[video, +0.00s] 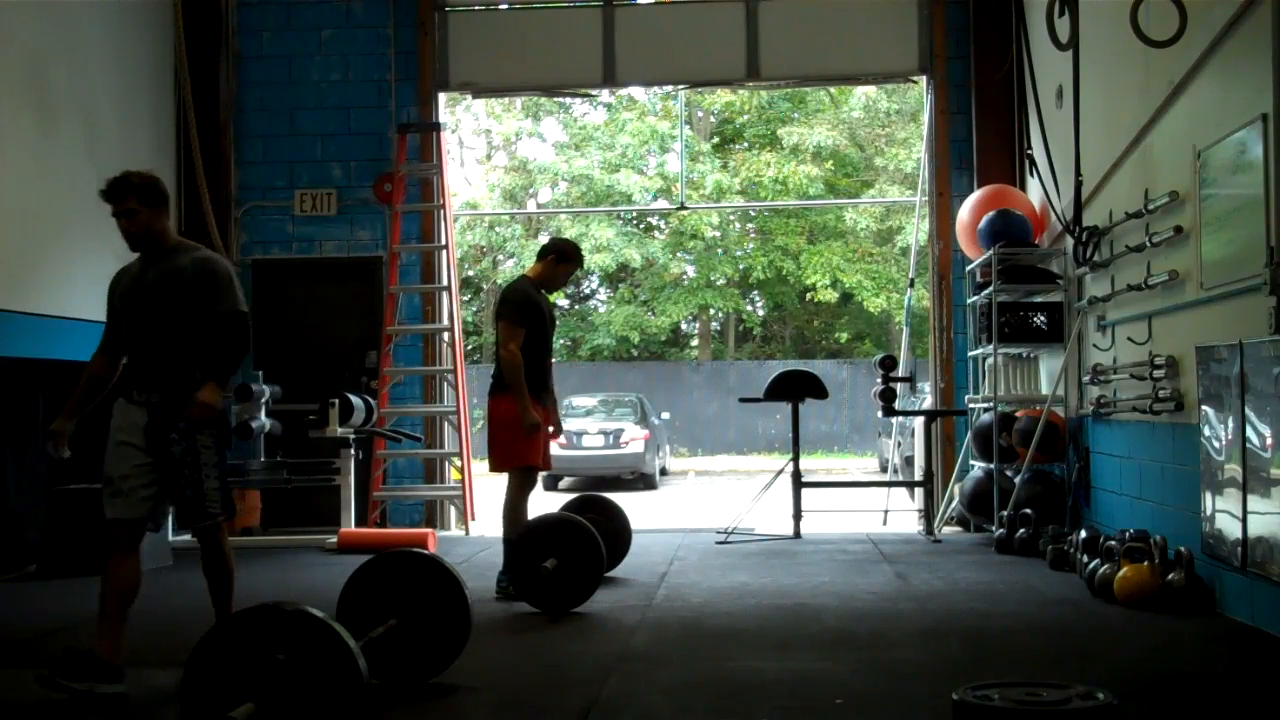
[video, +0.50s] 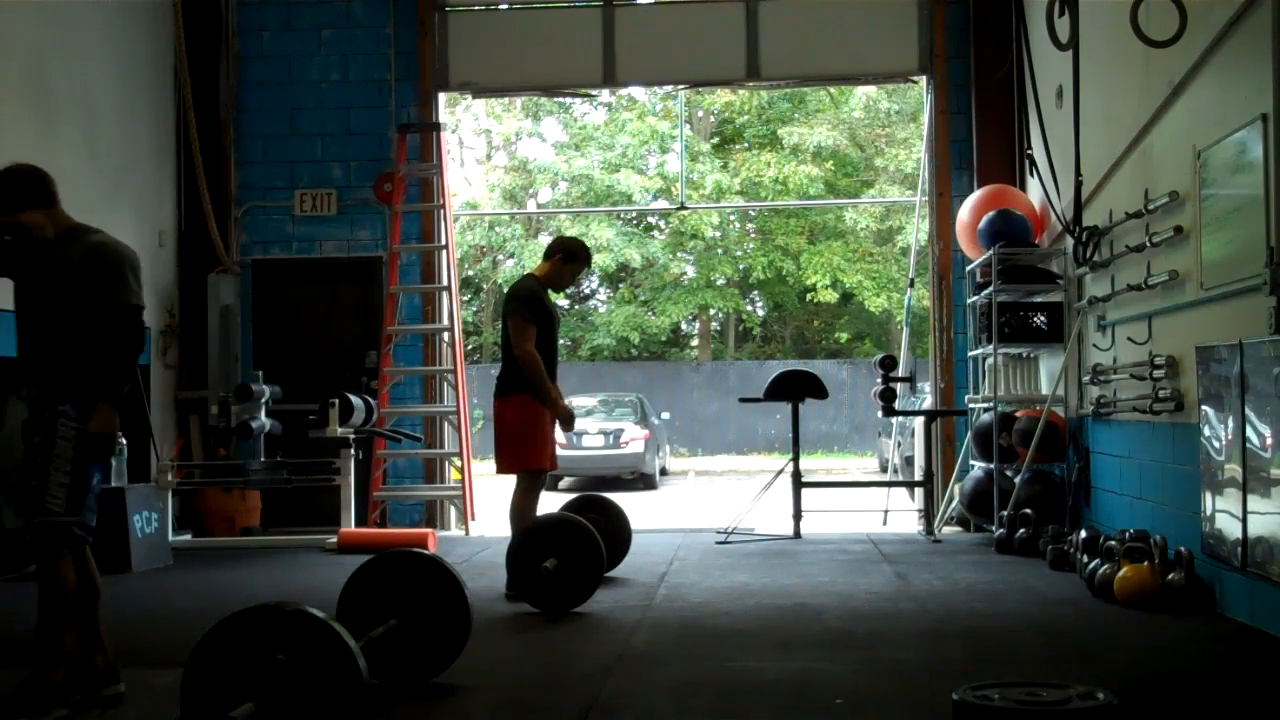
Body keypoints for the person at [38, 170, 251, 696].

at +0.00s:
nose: (122, 226)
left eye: (129, 215)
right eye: (118, 217)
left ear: (157, 211)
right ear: (121, 220)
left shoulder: (210, 270)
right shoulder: (125, 281)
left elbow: (237, 337)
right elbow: (108, 355)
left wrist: (215, 385)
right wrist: (71, 415)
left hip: (194, 418)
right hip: (135, 419)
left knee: (210, 533)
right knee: (122, 535)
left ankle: (225, 637)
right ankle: (108, 655)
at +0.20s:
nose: (65, 225)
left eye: (69, 213)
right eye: (63, 215)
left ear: (98, 207)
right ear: (90, 210)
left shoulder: (163, 263)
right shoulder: (87, 275)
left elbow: (186, 344)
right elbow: (64, 341)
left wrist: (167, 401)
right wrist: (20, 379)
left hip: (150, 422)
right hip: (94, 423)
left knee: (156, 529)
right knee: (88, 543)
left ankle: (211, 617)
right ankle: (96, 660)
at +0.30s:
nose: (45, 227)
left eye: (47, 215)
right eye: (42, 217)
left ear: (72, 207)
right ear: (77, 207)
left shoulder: (142, 259)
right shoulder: (68, 269)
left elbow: (168, 338)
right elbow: (21, 322)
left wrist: (147, 403)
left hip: (125, 420)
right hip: (78, 419)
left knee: (118, 535)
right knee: (78, 542)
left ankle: (177, 611)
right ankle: (95, 661)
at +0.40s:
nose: (24, 224)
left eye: (25, 214)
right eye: (21, 216)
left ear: (45, 206)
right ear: (64, 200)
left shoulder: (124, 256)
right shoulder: (47, 259)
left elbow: (145, 335)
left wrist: (128, 401)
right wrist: (9, 274)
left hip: (103, 412)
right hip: (66, 410)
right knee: (71, 532)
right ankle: (91, 658)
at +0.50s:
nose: (12, 233)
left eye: (14, 221)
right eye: (8, 224)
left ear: (32, 209)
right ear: (46, 201)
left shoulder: (106, 257)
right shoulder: (33, 259)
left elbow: (125, 343)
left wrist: (110, 407)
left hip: (82, 418)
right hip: (48, 416)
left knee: (60, 544)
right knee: (67, 543)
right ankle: (92, 668)